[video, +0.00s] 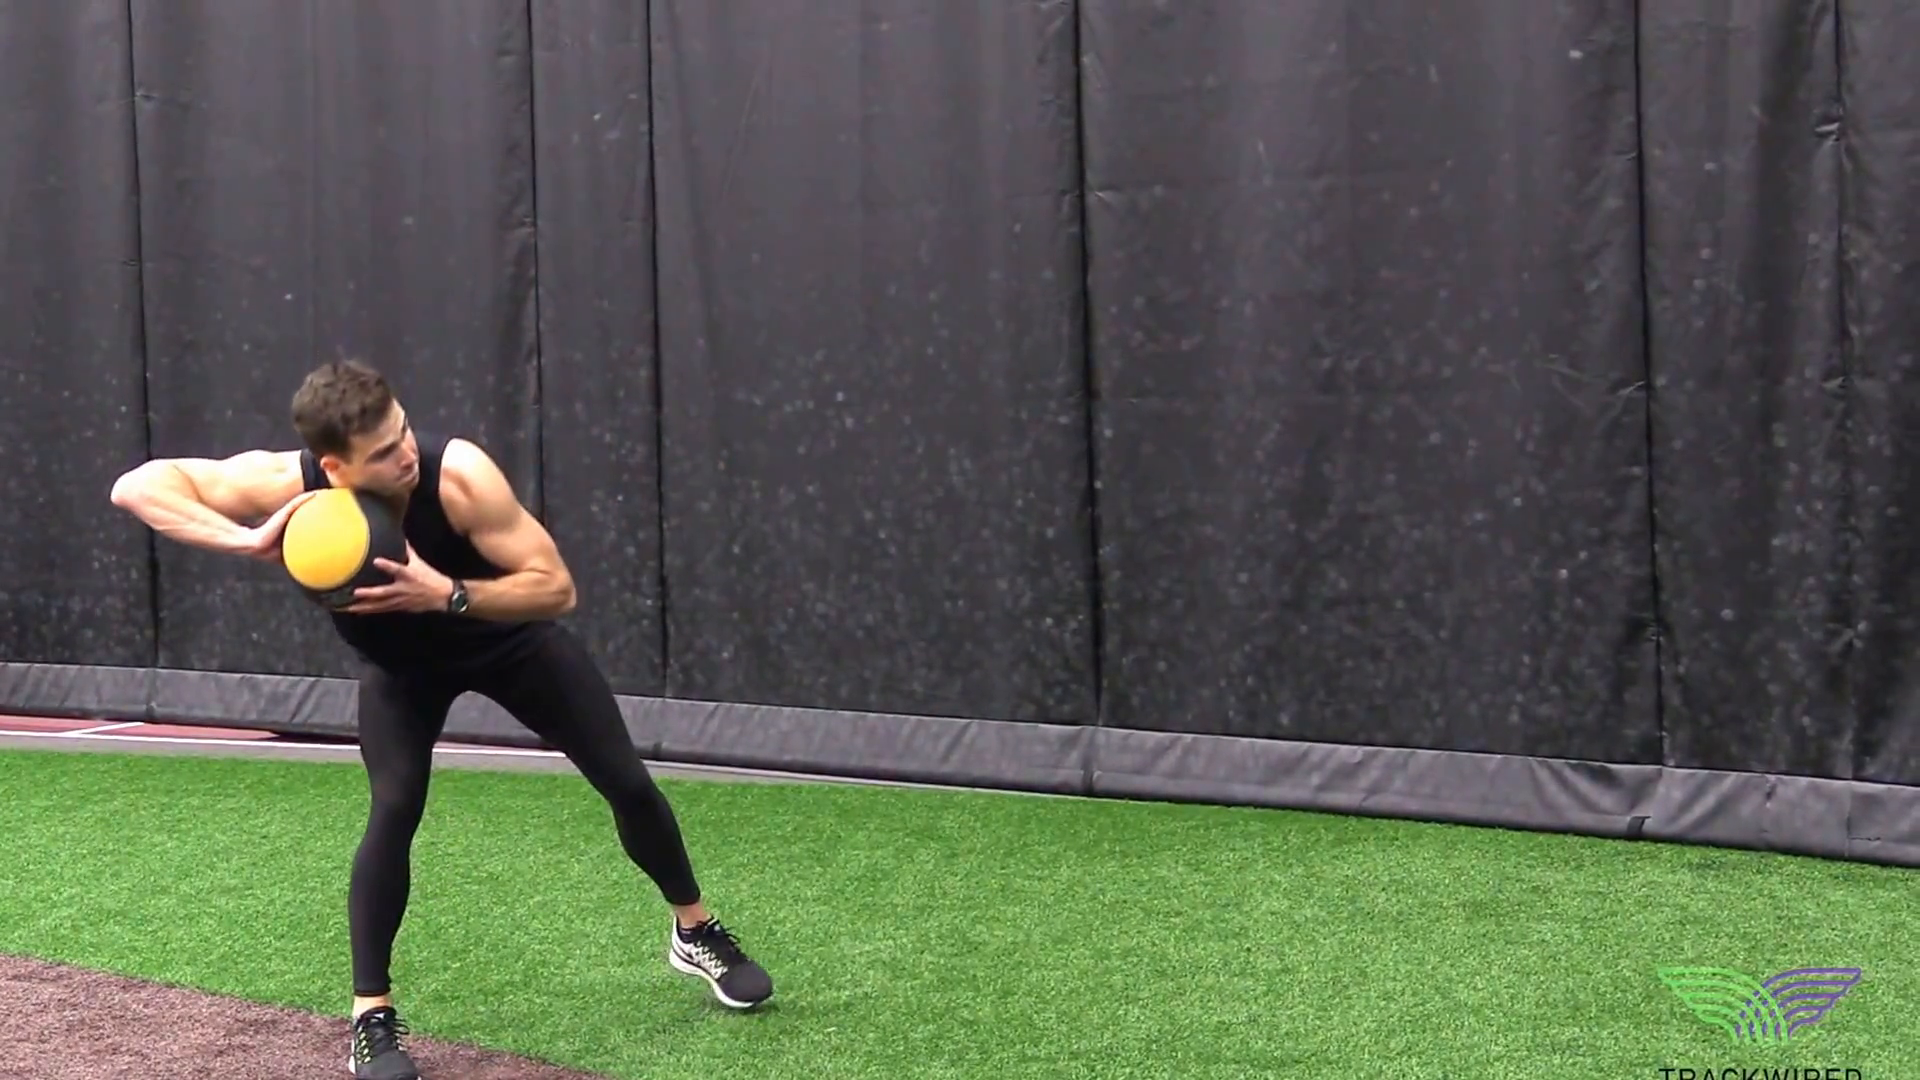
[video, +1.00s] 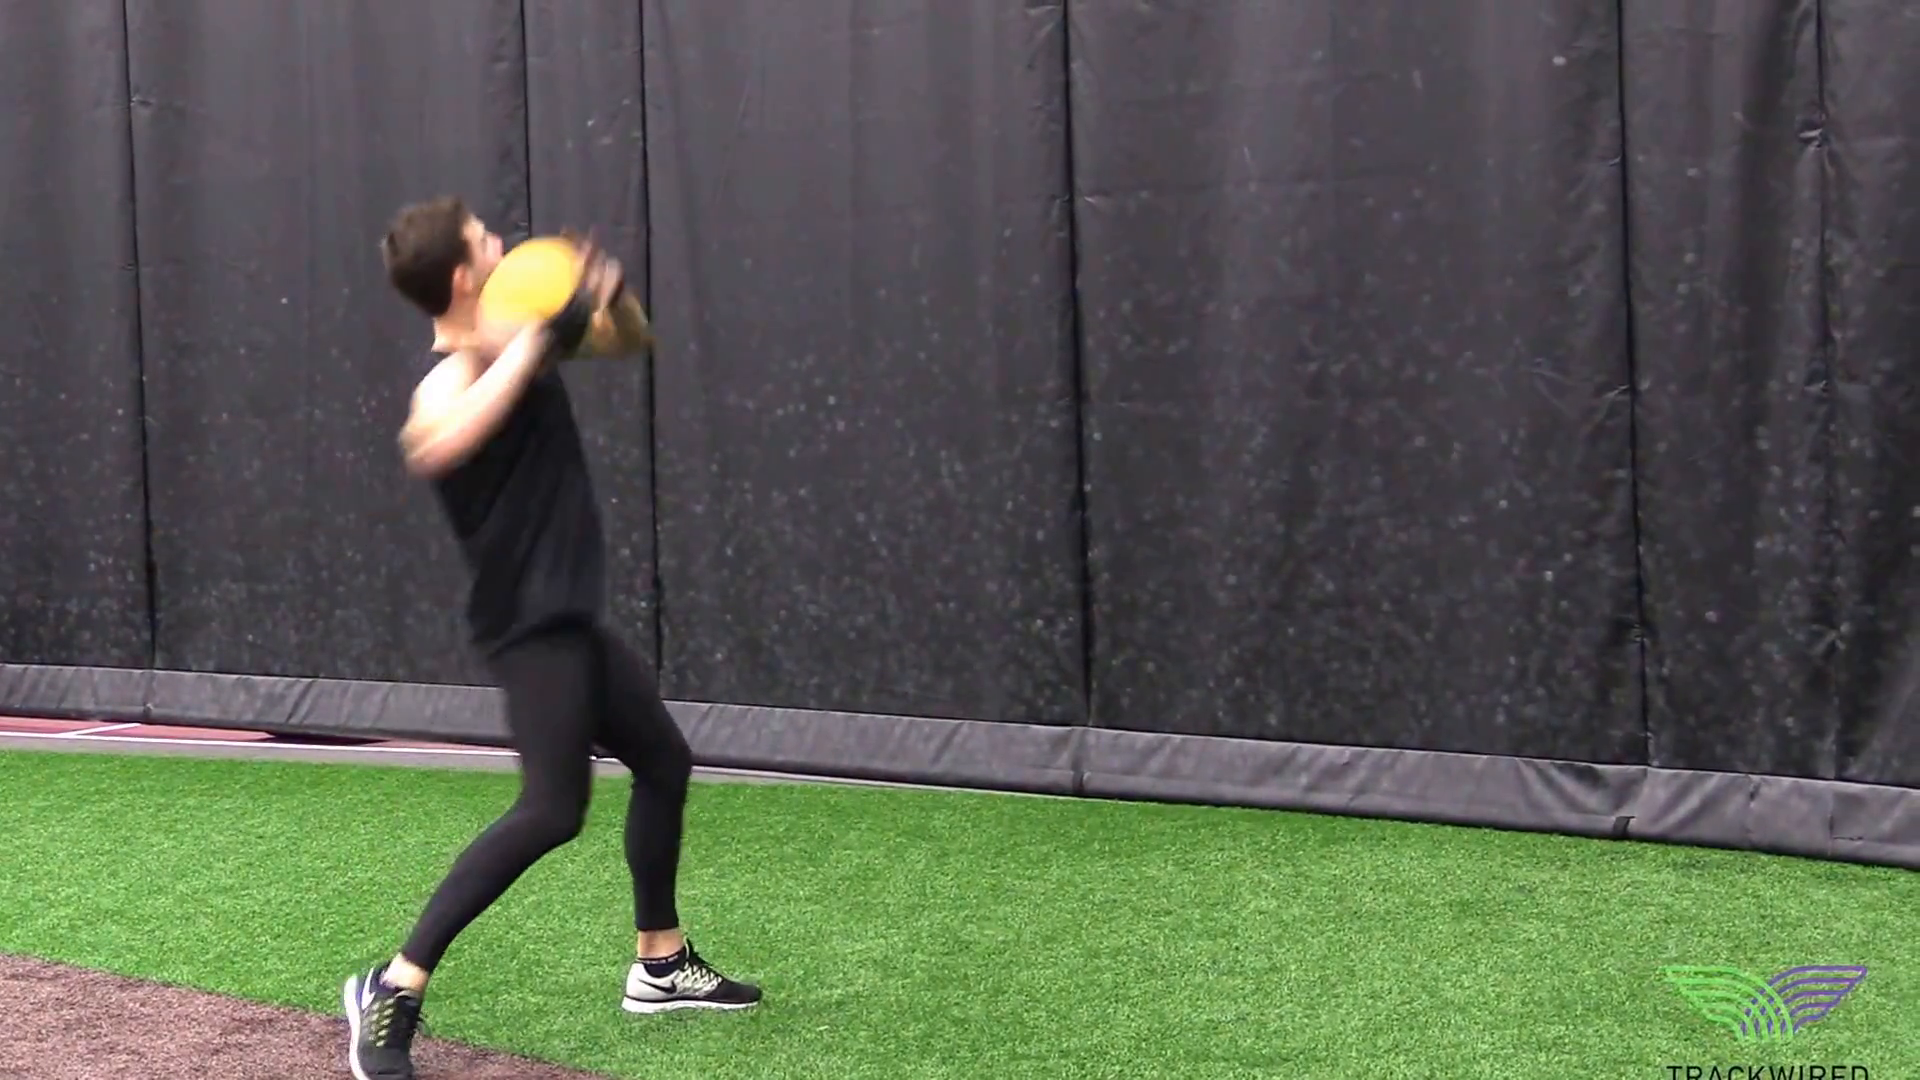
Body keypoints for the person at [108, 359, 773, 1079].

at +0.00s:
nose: (407, 454)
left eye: (405, 434)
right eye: (384, 453)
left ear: (408, 414)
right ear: (331, 465)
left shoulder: (462, 474)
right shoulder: (288, 484)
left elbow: (556, 589)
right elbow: (135, 486)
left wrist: (449, 593)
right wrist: (240, 539)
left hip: (516, 639)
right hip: (402, 663)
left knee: (628, 781)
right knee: (395, 806)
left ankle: (699, 929)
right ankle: (373, 1013)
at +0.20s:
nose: (416, 462)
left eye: (413, 444)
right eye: (394, 462)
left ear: (415, 425)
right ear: (341, 476)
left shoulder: (467, 485)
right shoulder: (294, 493)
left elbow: (559, 600)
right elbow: (140, 490)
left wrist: (451, 602)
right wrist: (244, 545)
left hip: (514, 648)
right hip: (401, 669)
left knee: (635, 778)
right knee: (401, 808)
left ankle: (698, 932)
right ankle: (375, 1017)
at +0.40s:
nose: (434, 456)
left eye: (430, 438)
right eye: (412, 456)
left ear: (429, 418)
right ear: (358, 475)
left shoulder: (482, 482)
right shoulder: (311, 495)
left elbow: (571, 597)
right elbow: (157, 495)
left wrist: (470, 596)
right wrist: (261, 544)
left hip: (515, 653)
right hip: (407, 675)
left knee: (650, 778)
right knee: (421, 812)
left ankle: (690, 935)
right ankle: (381, 1012)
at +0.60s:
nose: (464, 421)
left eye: (459, 404)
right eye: (443, 419)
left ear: (460, 401)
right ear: (389, 446)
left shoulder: (505, 447)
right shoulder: (335, 487)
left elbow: (600, 554)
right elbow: (184, 505)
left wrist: (508, 554)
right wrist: (297, 531)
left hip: (528, 661)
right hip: (423, 683)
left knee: (665, 781)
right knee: (450, 819)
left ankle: (672, 947)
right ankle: (384, 1017)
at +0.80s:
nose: (494, 338)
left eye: (486, 326)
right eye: (475, 337)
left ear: (481, 339)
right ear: (431, 370)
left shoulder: (529, 382)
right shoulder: (384, 451)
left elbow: (648, 457)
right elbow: (249, 517)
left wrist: (569, 429)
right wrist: (372, 483)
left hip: (539, 651)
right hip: (454, 667)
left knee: (680, 770)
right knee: (492, 822)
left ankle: (657, 965)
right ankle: (390, 1013)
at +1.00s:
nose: (502, 248)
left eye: (493, 237)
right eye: (488, 243)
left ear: (460, 280)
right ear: (462, 277)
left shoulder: (522, 334)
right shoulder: (447, 378)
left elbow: (627, 338)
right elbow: (430, 448)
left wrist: (607, 294)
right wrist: (530, 347)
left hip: (573, 618)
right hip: (529, 627)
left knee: (665, 763)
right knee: (550, 810)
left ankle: (662, 963)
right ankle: (395, 985)